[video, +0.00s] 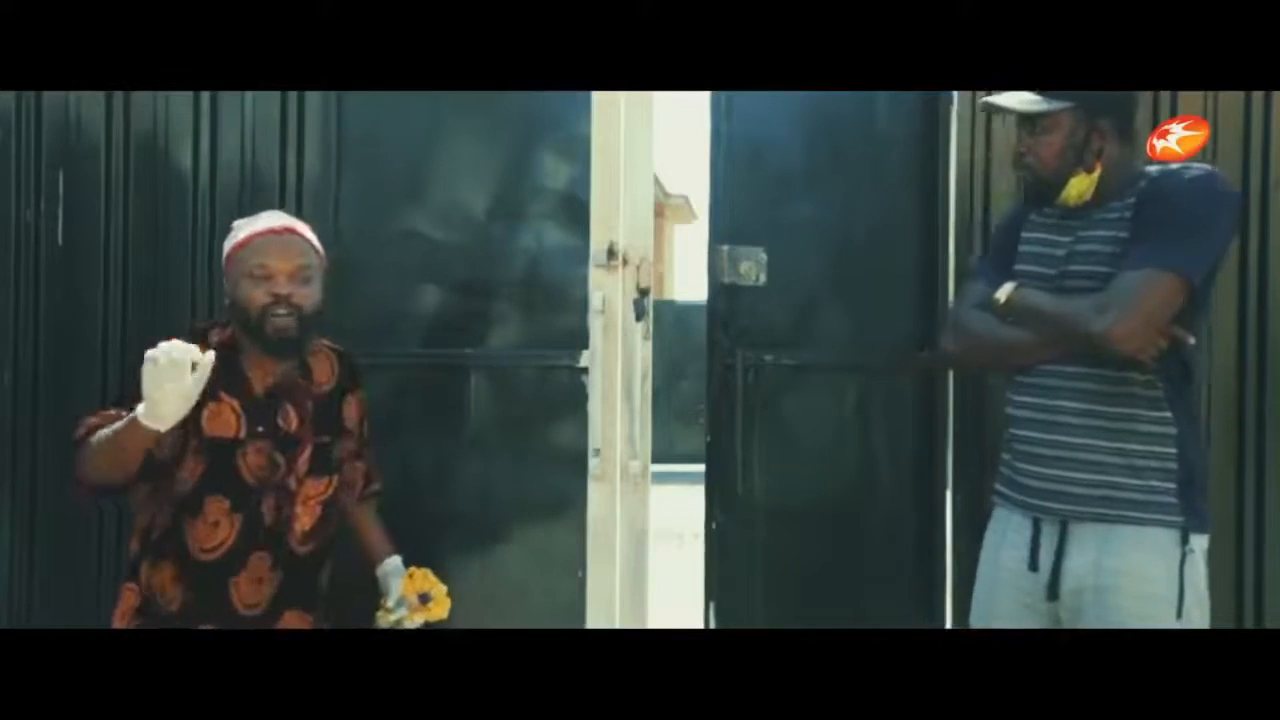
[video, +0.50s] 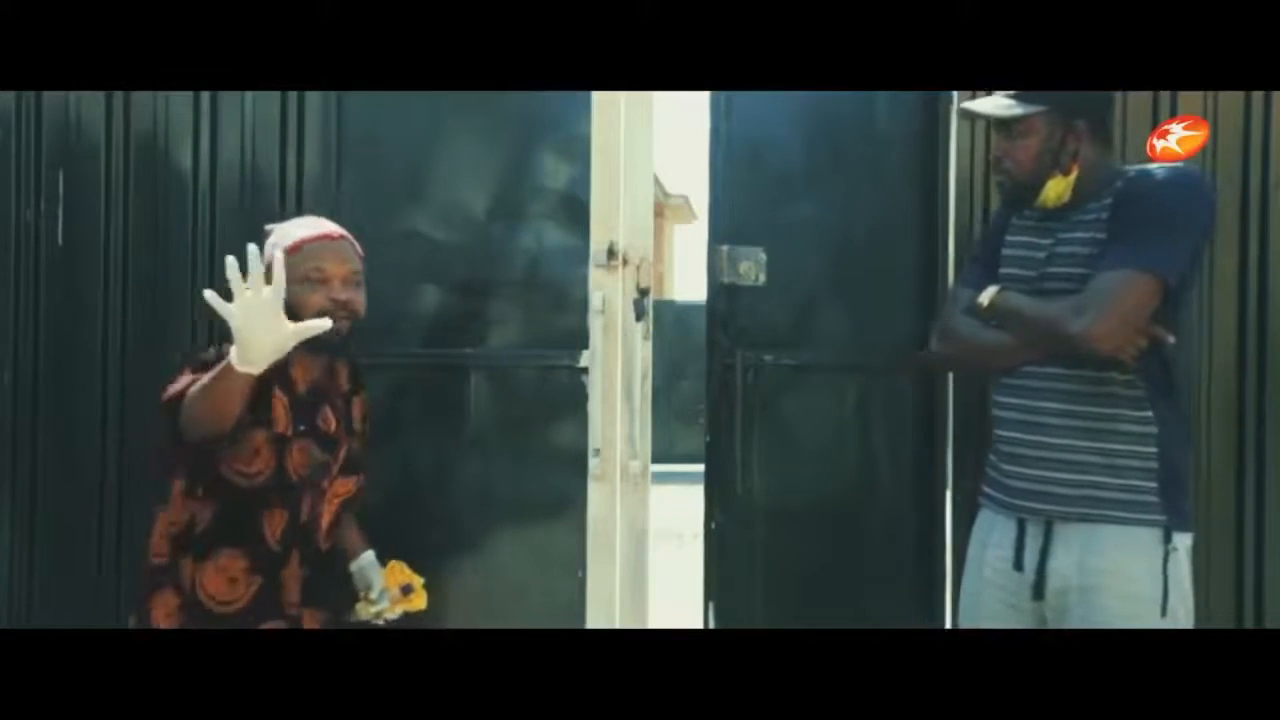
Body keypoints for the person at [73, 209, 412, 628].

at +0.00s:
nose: (282, 294)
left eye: (301, 278)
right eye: (260, 278)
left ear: (321, 290)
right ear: (229, 288)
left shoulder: (334, 375)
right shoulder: (184, 368)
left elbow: (354, 489)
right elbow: (94, 470)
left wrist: (392, 572)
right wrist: (152, 418)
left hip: (288, 614)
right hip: (175, 612)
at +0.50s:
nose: (340, 296)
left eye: (353, 281)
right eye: (315, 281)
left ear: (366, 292)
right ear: (273, 291)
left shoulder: (344, 382)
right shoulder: (223, 369)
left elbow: (336, 500)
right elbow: (196, 427)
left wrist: (369, 575)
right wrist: (246, 363)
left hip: (300, 603)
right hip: (206, 603)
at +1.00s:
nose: (351, 299)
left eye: (364, 283)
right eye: (327, 283)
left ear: (380, 292)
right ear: (286, 294)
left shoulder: (356, 370)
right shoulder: (254, 357)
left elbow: (342, 497)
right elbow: (278, 419)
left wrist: (367, 575)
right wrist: (389, 352)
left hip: (306, 600)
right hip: (220, 605)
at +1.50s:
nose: (385, 285)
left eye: (380, 271)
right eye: (364, 273)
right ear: (309, 286)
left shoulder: (356, 374)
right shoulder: (241, 366)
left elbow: (353, 499)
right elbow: (219, 490)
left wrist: (374, 572)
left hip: (318, 602)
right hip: (225, 603)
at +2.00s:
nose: (391, 272)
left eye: (384, 259)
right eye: (369, 259)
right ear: (315, 275)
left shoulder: (349, 378)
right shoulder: (259, 376)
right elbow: (239, 539)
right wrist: (264, 620)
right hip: (230, 611)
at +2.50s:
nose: (395, 266)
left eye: (388, 254)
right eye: (375, 258)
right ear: (326, 278)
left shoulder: (354, 372)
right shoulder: (275, 375)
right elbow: (246, 537)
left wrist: (371, 606)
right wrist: (272, 619)